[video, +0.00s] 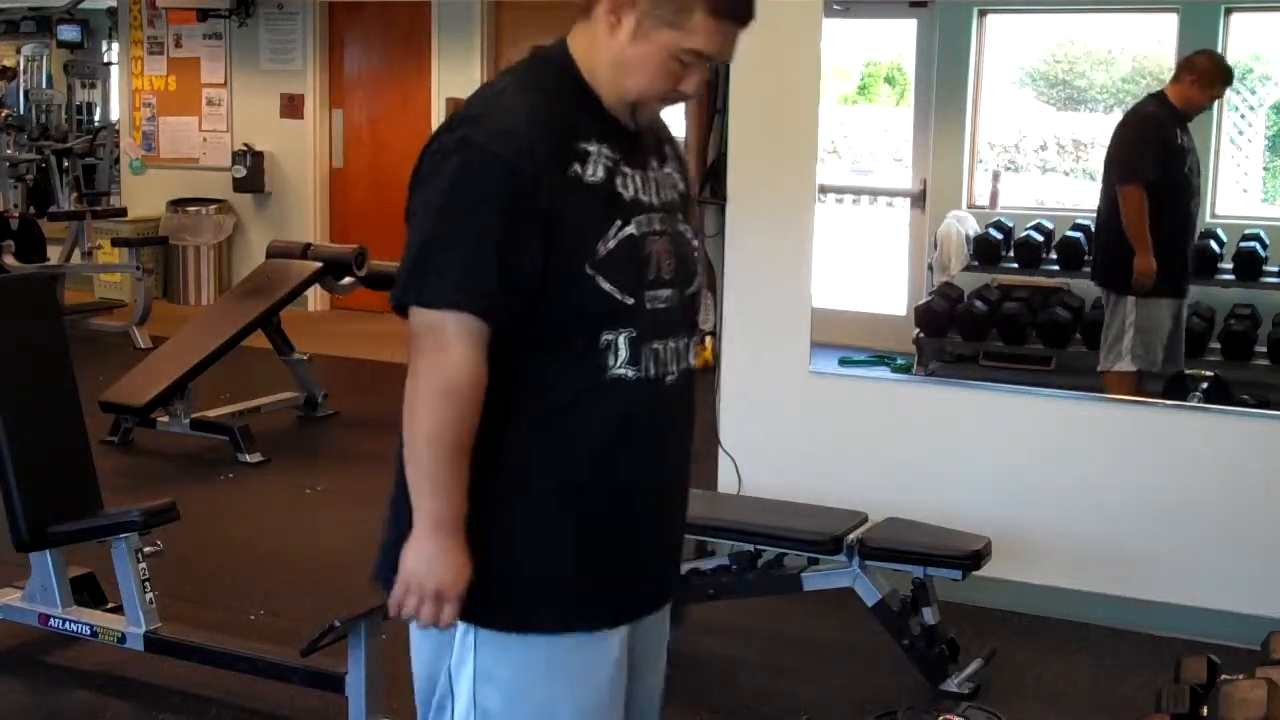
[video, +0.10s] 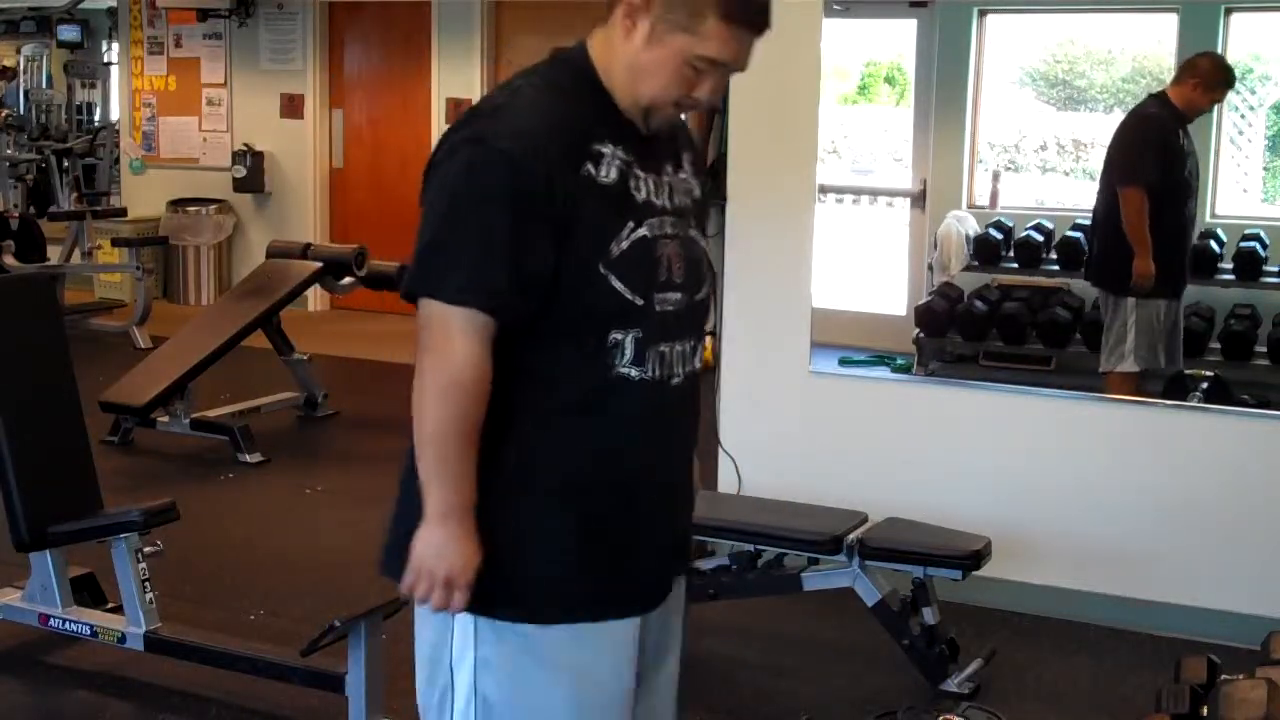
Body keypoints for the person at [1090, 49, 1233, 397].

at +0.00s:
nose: (1211, 104)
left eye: (1215, 98)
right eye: (1212, 95)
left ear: (1191, 81)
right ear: (1191, 80)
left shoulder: (1177, 126)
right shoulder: (1146, 120)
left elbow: (1172, 195)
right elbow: (1129, 188)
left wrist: (1176, 256)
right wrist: (1143, 253)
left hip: (1166, 270)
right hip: (1138, 270)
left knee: (1154, 374)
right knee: (1123, 371)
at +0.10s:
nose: (1210, 109)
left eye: (1216, 103)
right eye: (1212, 100)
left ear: (1194, 85)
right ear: (1194, 85)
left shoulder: (1175, 126)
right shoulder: (1148, 121)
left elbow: (1168, 196)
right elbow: (1130, 190)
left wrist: (1173, 259)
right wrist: (1143, 255)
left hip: (1162, 270)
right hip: (1135, 270)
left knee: (1149, 373)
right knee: (1125, 372)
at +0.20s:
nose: (1211, 113)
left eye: (1216, 107)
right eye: (1214, 104)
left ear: (1195, 87)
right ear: (1197, 89)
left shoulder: (1170, 125)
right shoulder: (1150, 123)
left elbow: (1158, 197)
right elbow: (1133, 195)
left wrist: (1165, 260)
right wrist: (1143, 259)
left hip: (1152, 271)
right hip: (1130, 271)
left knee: (1145, 374)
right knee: (1124, 374)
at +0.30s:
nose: (1210, 114)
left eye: (1216, 107)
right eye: (1214, 105)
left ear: (1195, 86)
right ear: (1198, 89)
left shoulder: (1167, 123)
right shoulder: (1151, 122)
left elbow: (1151, 195)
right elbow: (1135, 194)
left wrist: (1162, 259)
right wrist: (1144, 259)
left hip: (1146, 272)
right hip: (1128, 273)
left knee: (1136, 375)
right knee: (1124, 376)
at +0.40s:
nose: (1210, 111)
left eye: (1216, 105)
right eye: (1213, 102)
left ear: (1193, 86)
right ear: (1195, 87)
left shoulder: (1165, 121)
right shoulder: (1152, 121)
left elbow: (1150, 193)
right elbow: (1135, 193)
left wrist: (1160, 257)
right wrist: (1144, 257)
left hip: (1143, 270)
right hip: (1128, 272)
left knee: (1130, 376)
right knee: (1124, 377)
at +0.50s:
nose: (1209, 111)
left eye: (1214, 105)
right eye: (1212, 102)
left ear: (1192, 85)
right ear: (1195, 87)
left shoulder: (1165, 122)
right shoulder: (1150, 121)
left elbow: (1150, 194)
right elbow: (1134, 194)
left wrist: (1160, 258)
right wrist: (1143, 256)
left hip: (1145, 271)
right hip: (1129, 272)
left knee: (1128, 376)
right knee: (1123, 377)